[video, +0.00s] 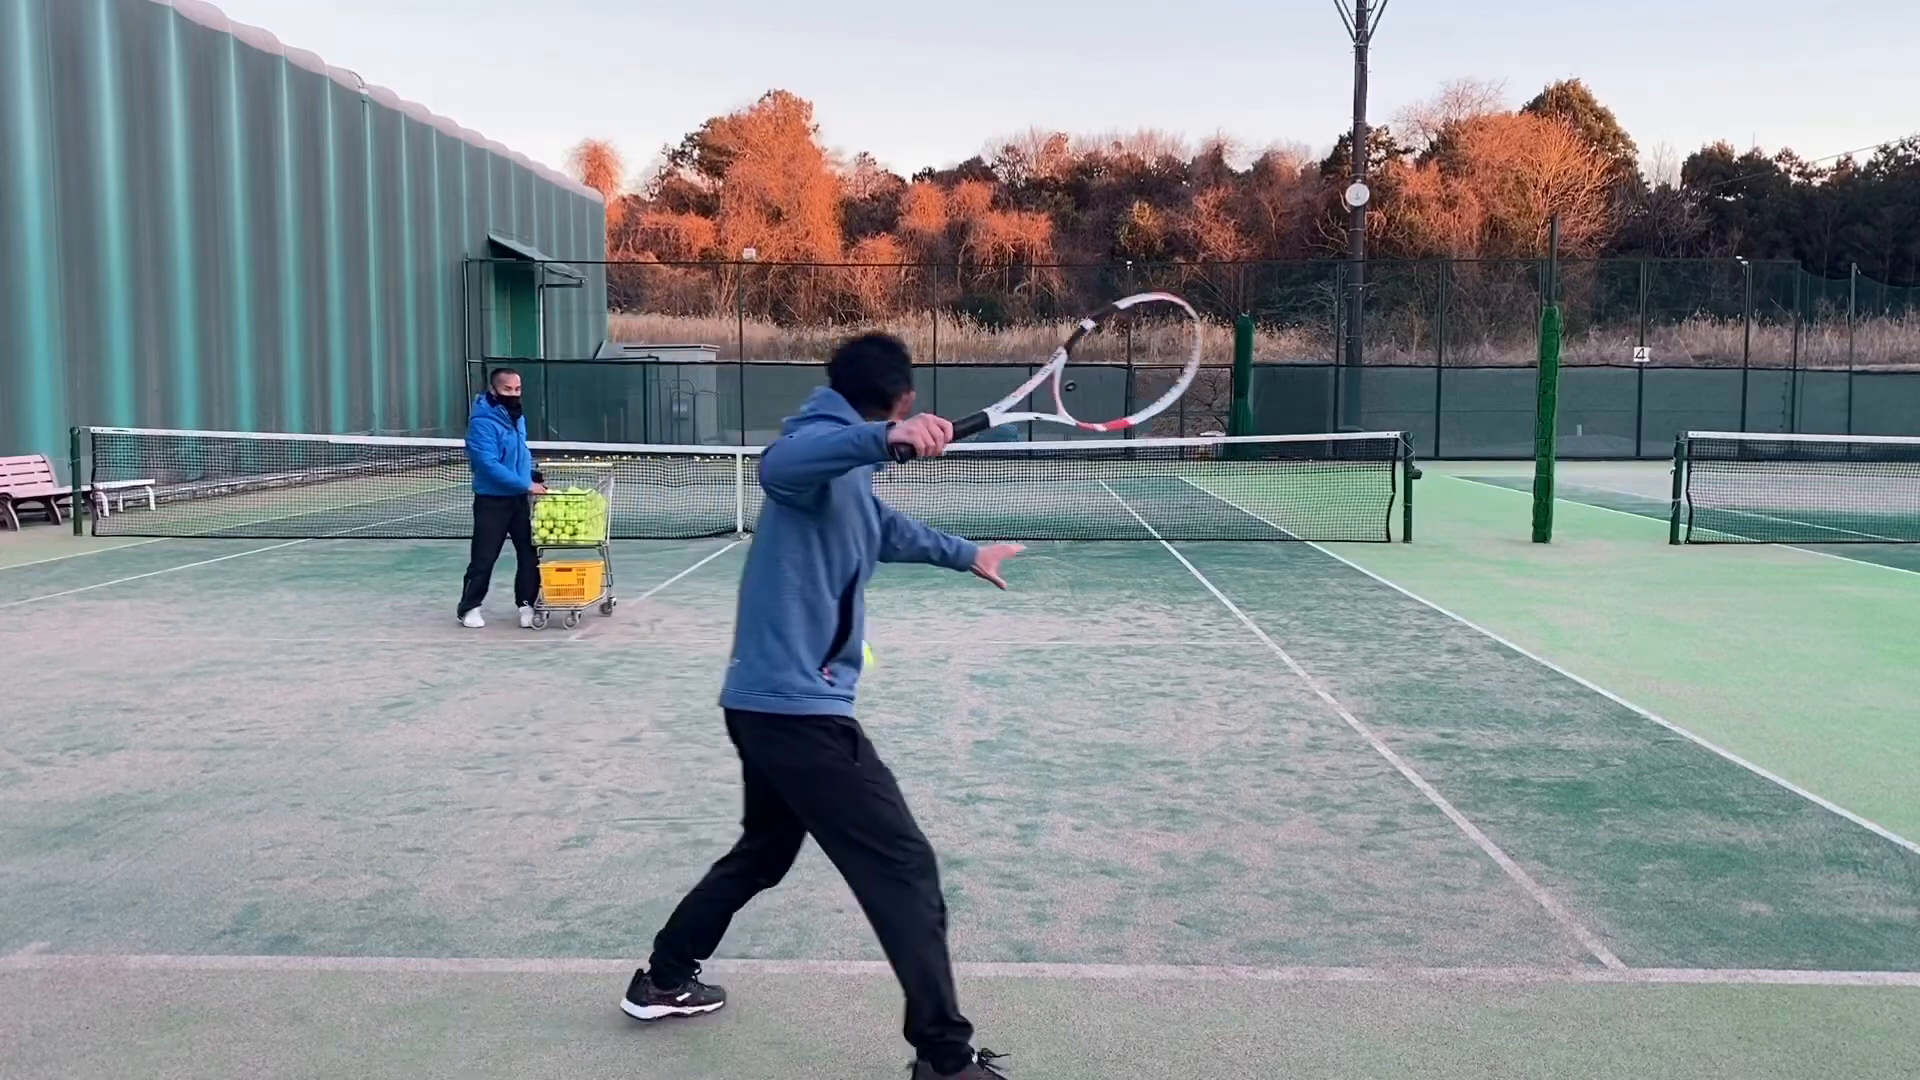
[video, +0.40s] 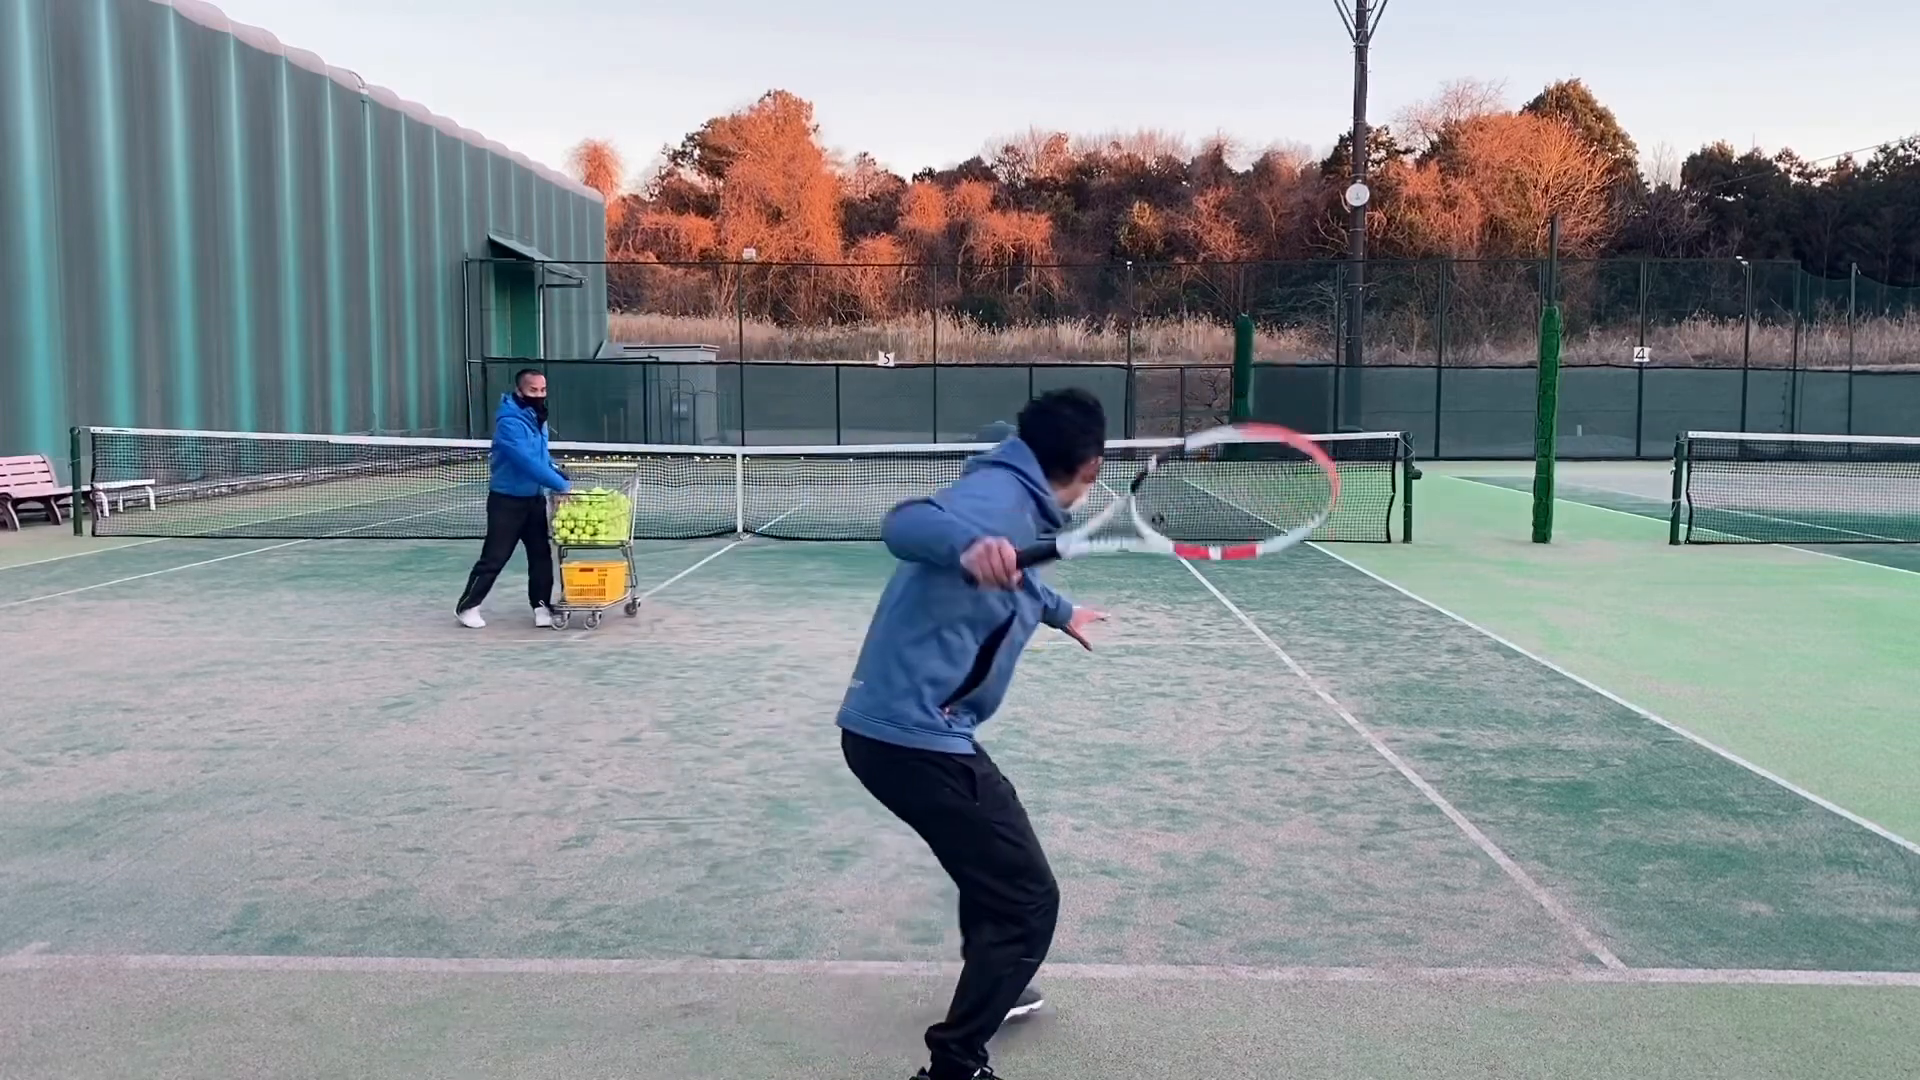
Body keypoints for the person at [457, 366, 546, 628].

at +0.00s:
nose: (515, 394)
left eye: (517, 389)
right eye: (509, 389)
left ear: (520, 390)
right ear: (495, 390)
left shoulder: (517, 416)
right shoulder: (482, 421)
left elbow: (521, 451)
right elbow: (488, 465)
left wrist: (533, 476)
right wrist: (526, 486)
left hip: (518, 497)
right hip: (491, 499)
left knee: (529, 553)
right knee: (484, 557)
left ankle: (526, 604)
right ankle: (470, 608)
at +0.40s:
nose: (541, 394)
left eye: (543, 389)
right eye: (535, 389)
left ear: (545, 390)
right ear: (520, 390)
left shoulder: (536, 417)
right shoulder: (509, 421)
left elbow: (541, 455)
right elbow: (526, 461)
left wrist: (560, 476)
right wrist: (562, 485)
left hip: (533, 499)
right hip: (506, 499)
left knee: (541, 555)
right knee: (495, 557)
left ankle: (541, 606)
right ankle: (467, 607)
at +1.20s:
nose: (549, 392)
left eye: (552, 387)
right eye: (543, 388)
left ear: (556, 388)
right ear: (530, 389)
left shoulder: (557, 416)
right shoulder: (519, 420)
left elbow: (561, 452)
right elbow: (529, 463)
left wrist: (567, 475)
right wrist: (568, 484)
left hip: (547, 494)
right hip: (520, 495)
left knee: (549, 553)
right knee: (514, 554)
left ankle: (543, 604)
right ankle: (498, 602)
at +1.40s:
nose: (537, 390)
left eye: (540, 385)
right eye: (531, 386)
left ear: (545, 386)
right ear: (519, 388)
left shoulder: (554, 416)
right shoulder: (508, 419)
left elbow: (566, 452)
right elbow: (509, 464)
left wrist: (566, 471)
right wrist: (543, 471)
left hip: (547, 496)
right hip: (517, 497)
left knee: (548, 553)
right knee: (516, 553)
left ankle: (543, 605)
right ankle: (513, 603)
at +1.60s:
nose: (520, 390)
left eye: (524, 385)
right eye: (514, 386)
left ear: (530, 386)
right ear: (505, 388)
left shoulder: (547, 415)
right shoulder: (495, 420)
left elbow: (564, 450)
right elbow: (493, 459)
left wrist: (564, 470)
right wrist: (510, 474)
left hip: (543, 495)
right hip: (510, 497)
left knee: (544, 553)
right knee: (511, 553)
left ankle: (543, 605)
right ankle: (511, 604)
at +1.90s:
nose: (503, 392)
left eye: (507, 387)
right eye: (497, 388)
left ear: (515, 387)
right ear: (490, 390)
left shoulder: (534, 413)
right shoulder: (485, 422)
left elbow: (561, 445)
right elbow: (479, 463)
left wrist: (563, 472)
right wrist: (483, 499)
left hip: (534, 494)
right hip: (502, 496)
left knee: (537, 550)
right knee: (505, 553)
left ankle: (540, 604)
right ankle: (511, 604)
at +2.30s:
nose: (492, 399)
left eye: (496, 394)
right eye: (486, 395)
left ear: (506, 393)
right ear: (480, 397)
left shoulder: (523, 413)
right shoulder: (480, 426)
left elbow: (552, 437)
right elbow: (479, 458)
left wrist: (562, 466)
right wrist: (484, 484)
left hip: (533, 492)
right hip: (503, 495)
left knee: (537, 548)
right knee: (504, 552)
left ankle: (540, 602)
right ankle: (511, 603)